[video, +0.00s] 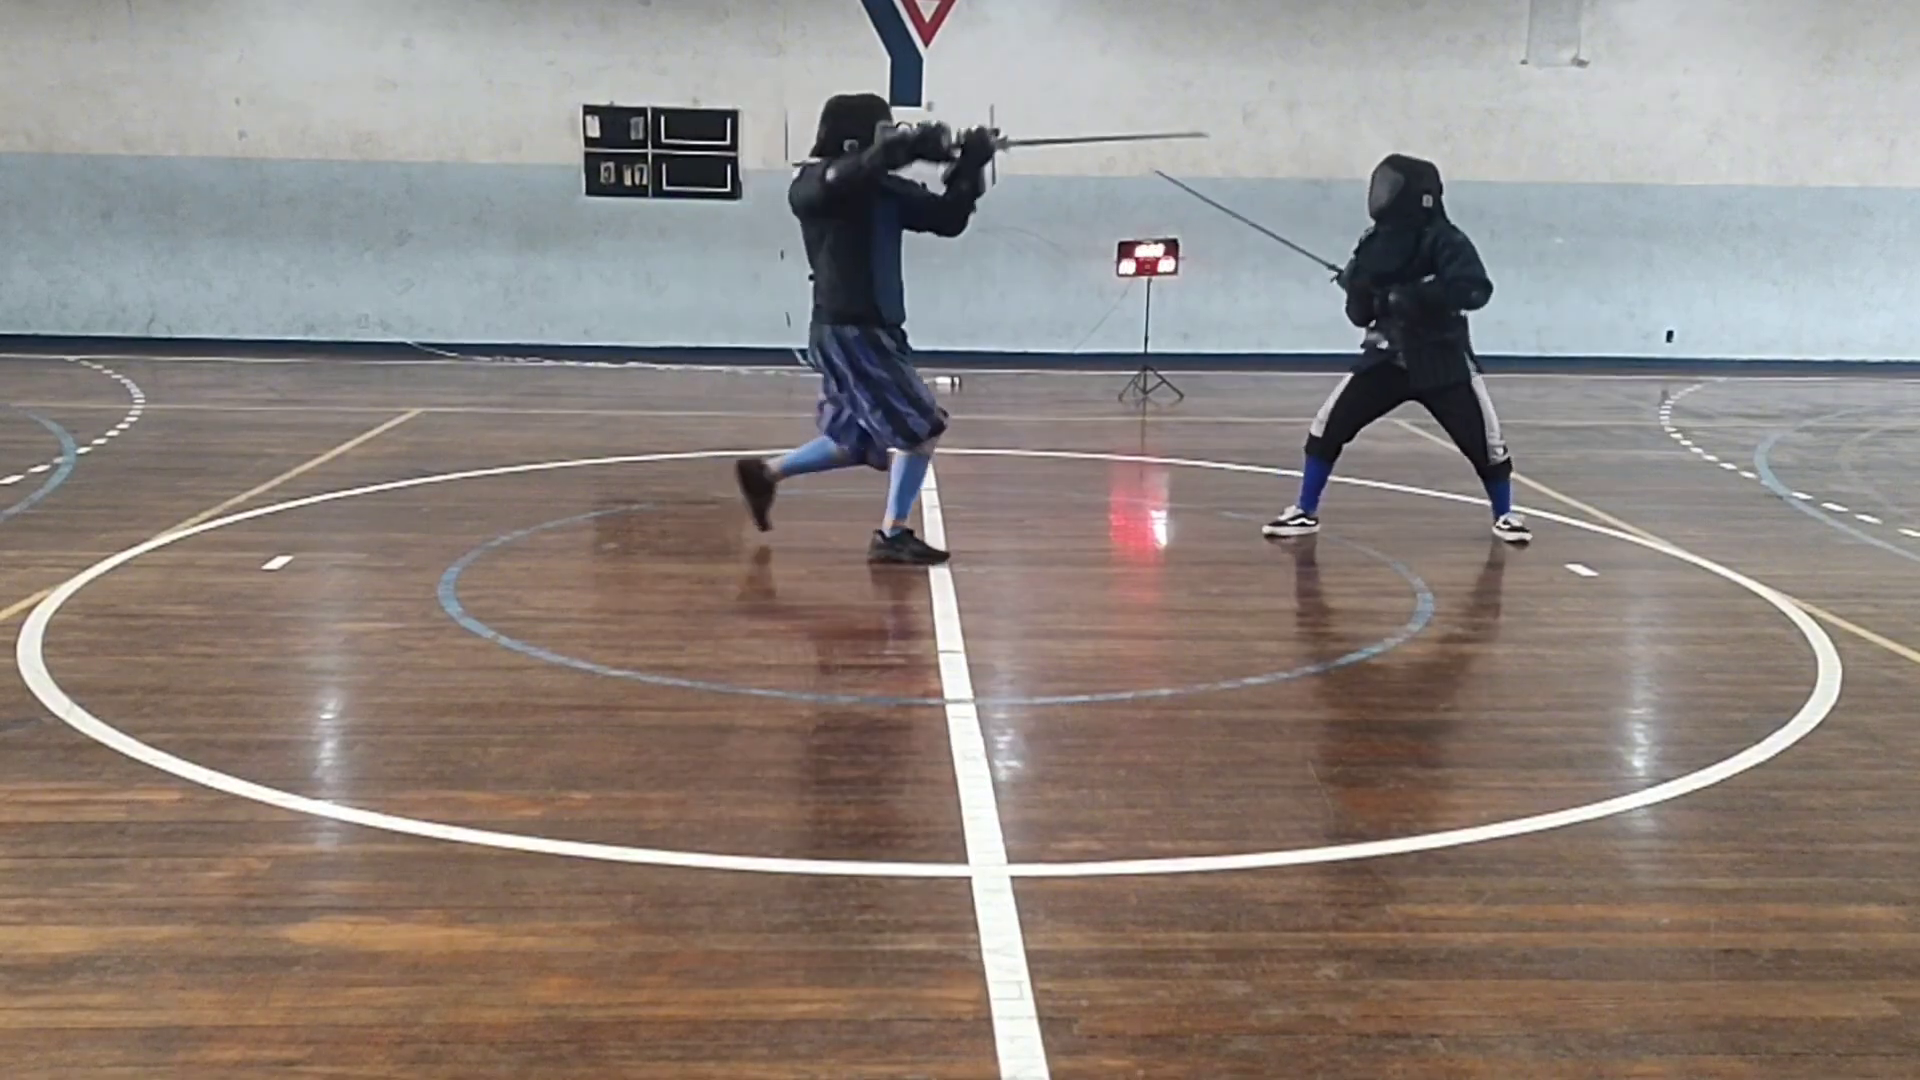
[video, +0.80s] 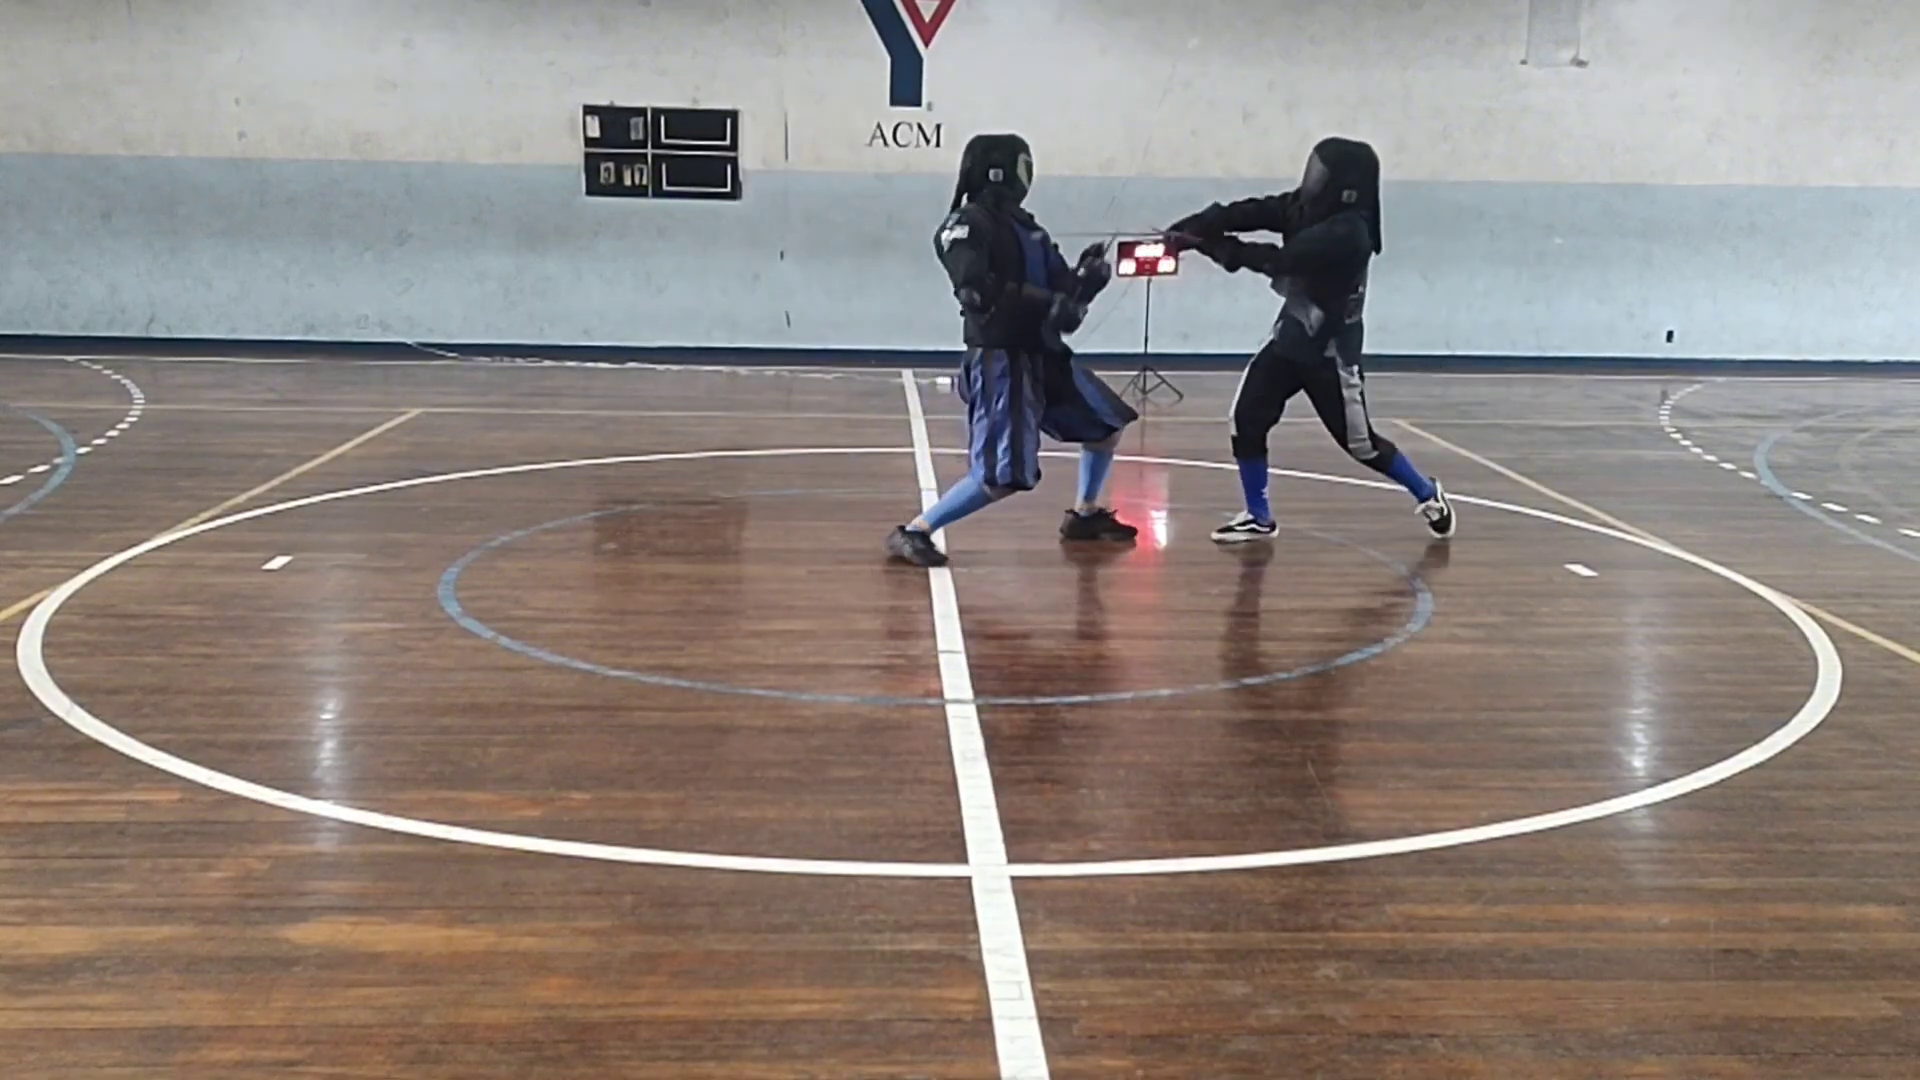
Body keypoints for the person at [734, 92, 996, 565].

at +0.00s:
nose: (887, 145)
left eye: (887, 138)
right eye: (880, 137)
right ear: (856, 139)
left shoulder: (883, 186)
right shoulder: (809, 185)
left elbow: (949, 219)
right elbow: (839, 179)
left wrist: (968, 166)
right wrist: (897, 148)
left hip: (875, 329)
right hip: (845, 331)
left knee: (862, 443)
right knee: (919, 426)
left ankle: (769, 473)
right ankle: (894, 533)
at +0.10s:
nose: (921, 142)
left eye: (922, 133)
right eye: (914, 132)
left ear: (910, 141)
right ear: (888, 132)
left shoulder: (914, 191)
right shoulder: (851, 180)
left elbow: (976, 196)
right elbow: (867, 104)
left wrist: (995, 134)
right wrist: (941, 96)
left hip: (904, 332)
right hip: (871, 334)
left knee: (938, 428)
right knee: (937, 438)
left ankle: (859, 477)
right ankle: (895, 535)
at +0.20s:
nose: (946, 140)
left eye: (945, 130)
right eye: (940, 130)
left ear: (924, 137)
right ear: (916, 134)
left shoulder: (945, 185)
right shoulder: (881, 176)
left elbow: (998, 193)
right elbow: (888, 94)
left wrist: (999, 129)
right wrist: (956, 60)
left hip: (939, 331)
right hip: (898, 332)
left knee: (994, 410)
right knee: (954, 437)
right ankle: (898, 531)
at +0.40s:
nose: (982, 151)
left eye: (986, 143)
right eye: (975, 142)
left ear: (990, 147)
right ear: (951, 143)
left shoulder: (989, 194)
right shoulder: (930, 189)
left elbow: (1044, 205)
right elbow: (945, 123)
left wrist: (1047, 139)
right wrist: (1006, 88)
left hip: (994, 336)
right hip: (949, 337)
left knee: (1047, 423)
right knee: (989, 451)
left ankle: (1036, 516)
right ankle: (903, 523)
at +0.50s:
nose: (1006, 157)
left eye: (1008, 149)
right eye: (1000, 148)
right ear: (977, 149)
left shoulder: (1009, 196)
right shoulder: (946, 185)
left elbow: (1052, 237)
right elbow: (916, 205)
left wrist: (1041, 186)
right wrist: (985, 168)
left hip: (1010, 334)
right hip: (967, 335)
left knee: (1065, 422)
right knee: (996, 450)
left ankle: (1039, 514)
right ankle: (909, 524)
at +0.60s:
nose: (1025, 154)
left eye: (1026, 144)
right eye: (1018, 143)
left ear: (997, 147)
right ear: (991, 146)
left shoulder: (1027, 208)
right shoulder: (956, 203)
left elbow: (1052, 279)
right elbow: (932, 284)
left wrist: (1038, 288)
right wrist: (984, 308)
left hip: (1024, 341)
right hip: (978, 343)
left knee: (1084, 416)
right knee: (997, 454)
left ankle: (1060, 503)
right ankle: (909, 526)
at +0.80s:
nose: (1028, 177)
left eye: (1028, 169)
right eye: (1021, 168)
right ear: (994, 172)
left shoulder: (1028, 229)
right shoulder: (966, 224)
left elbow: (1063, 296)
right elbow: (977, 291)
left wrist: (1090, 277)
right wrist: (1048, 304)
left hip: (1045, 356)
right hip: (1001, 359)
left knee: (1106, 424)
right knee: (1007, 471)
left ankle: (1086, 515)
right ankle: (916, 531)